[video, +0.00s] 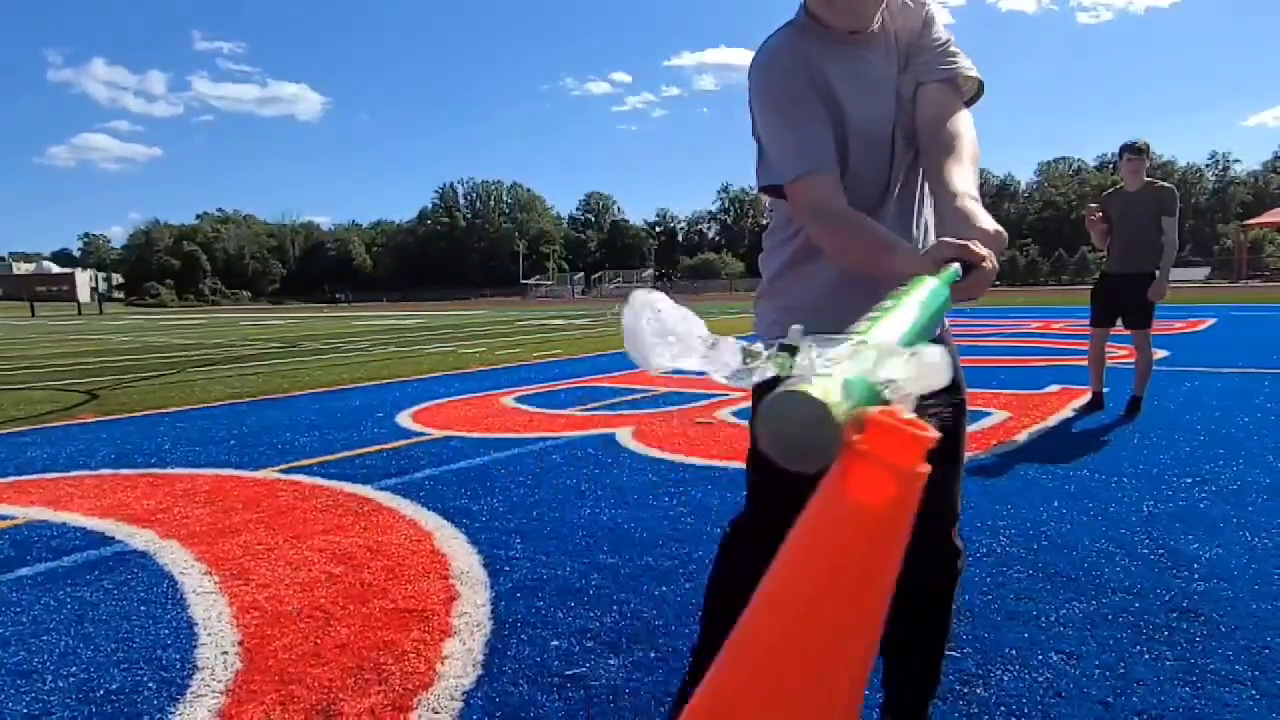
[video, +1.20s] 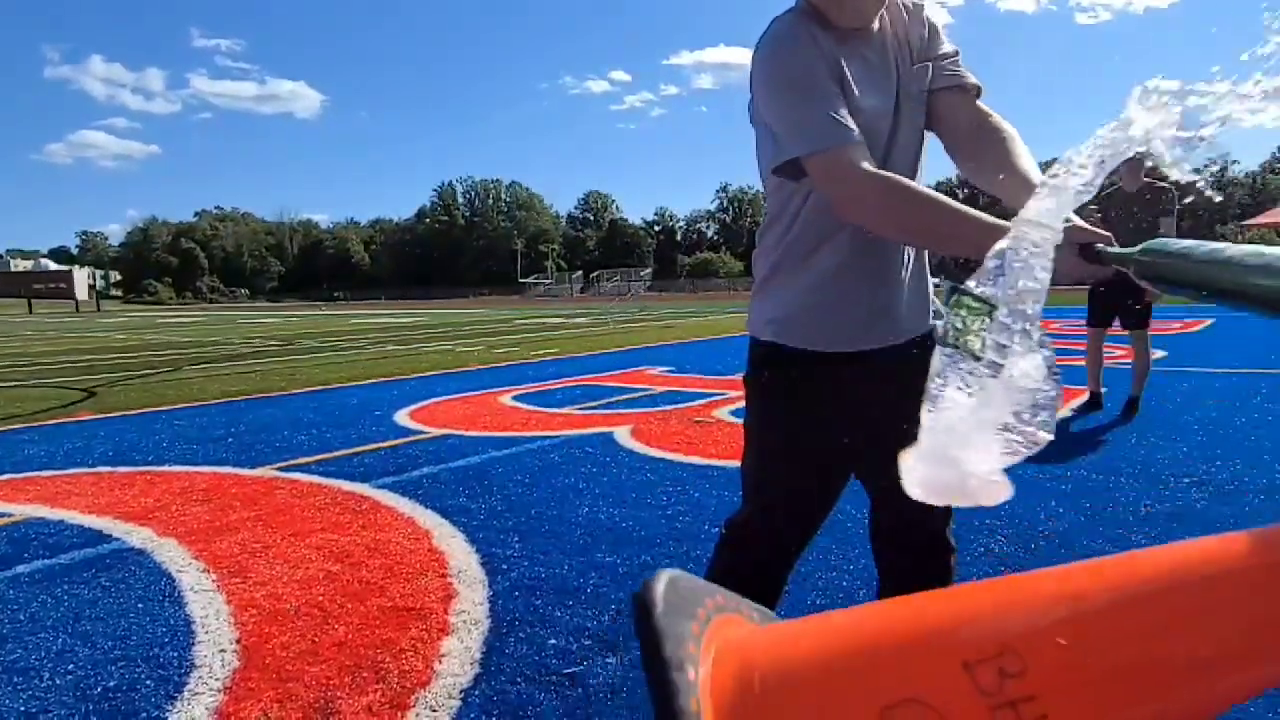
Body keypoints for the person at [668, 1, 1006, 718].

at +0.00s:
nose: (867, 0)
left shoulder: (916, 20)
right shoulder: (783, 62)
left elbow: (946, 122)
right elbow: (821, 211)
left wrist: (961, 202)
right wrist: (912, 265)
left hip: (914, 328)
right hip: (808, 336)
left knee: (930, 544)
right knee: (773, 534)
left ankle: (908, 706)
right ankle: (703, 702)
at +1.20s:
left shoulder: (910, 21)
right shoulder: (790, 51)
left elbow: (974, 127)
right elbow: (854, 190)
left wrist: (1052, 215)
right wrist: (1027, 248)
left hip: (904, 342)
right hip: (803, 351)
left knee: (919, 545)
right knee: (767, 540)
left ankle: (924, 693)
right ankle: (703, 686)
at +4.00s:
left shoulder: (901, 35)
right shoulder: (825, 33)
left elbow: (934, 178)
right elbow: (931, 169)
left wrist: (1041, 222)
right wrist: (1086, 214)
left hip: (890, 335)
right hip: (796, 337)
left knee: (905, 546)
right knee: (765, 529)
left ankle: (897, 706)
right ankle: (687, 699)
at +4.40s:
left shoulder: (893, 31)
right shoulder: (829, 31)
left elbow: (926, 181)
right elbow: (934, 165)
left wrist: (1032, 219)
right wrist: (1084, 209)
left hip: (886, 334)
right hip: (798, 334)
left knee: (902, 548)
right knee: (762, 533)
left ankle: (896, 708)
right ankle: (687, 698)